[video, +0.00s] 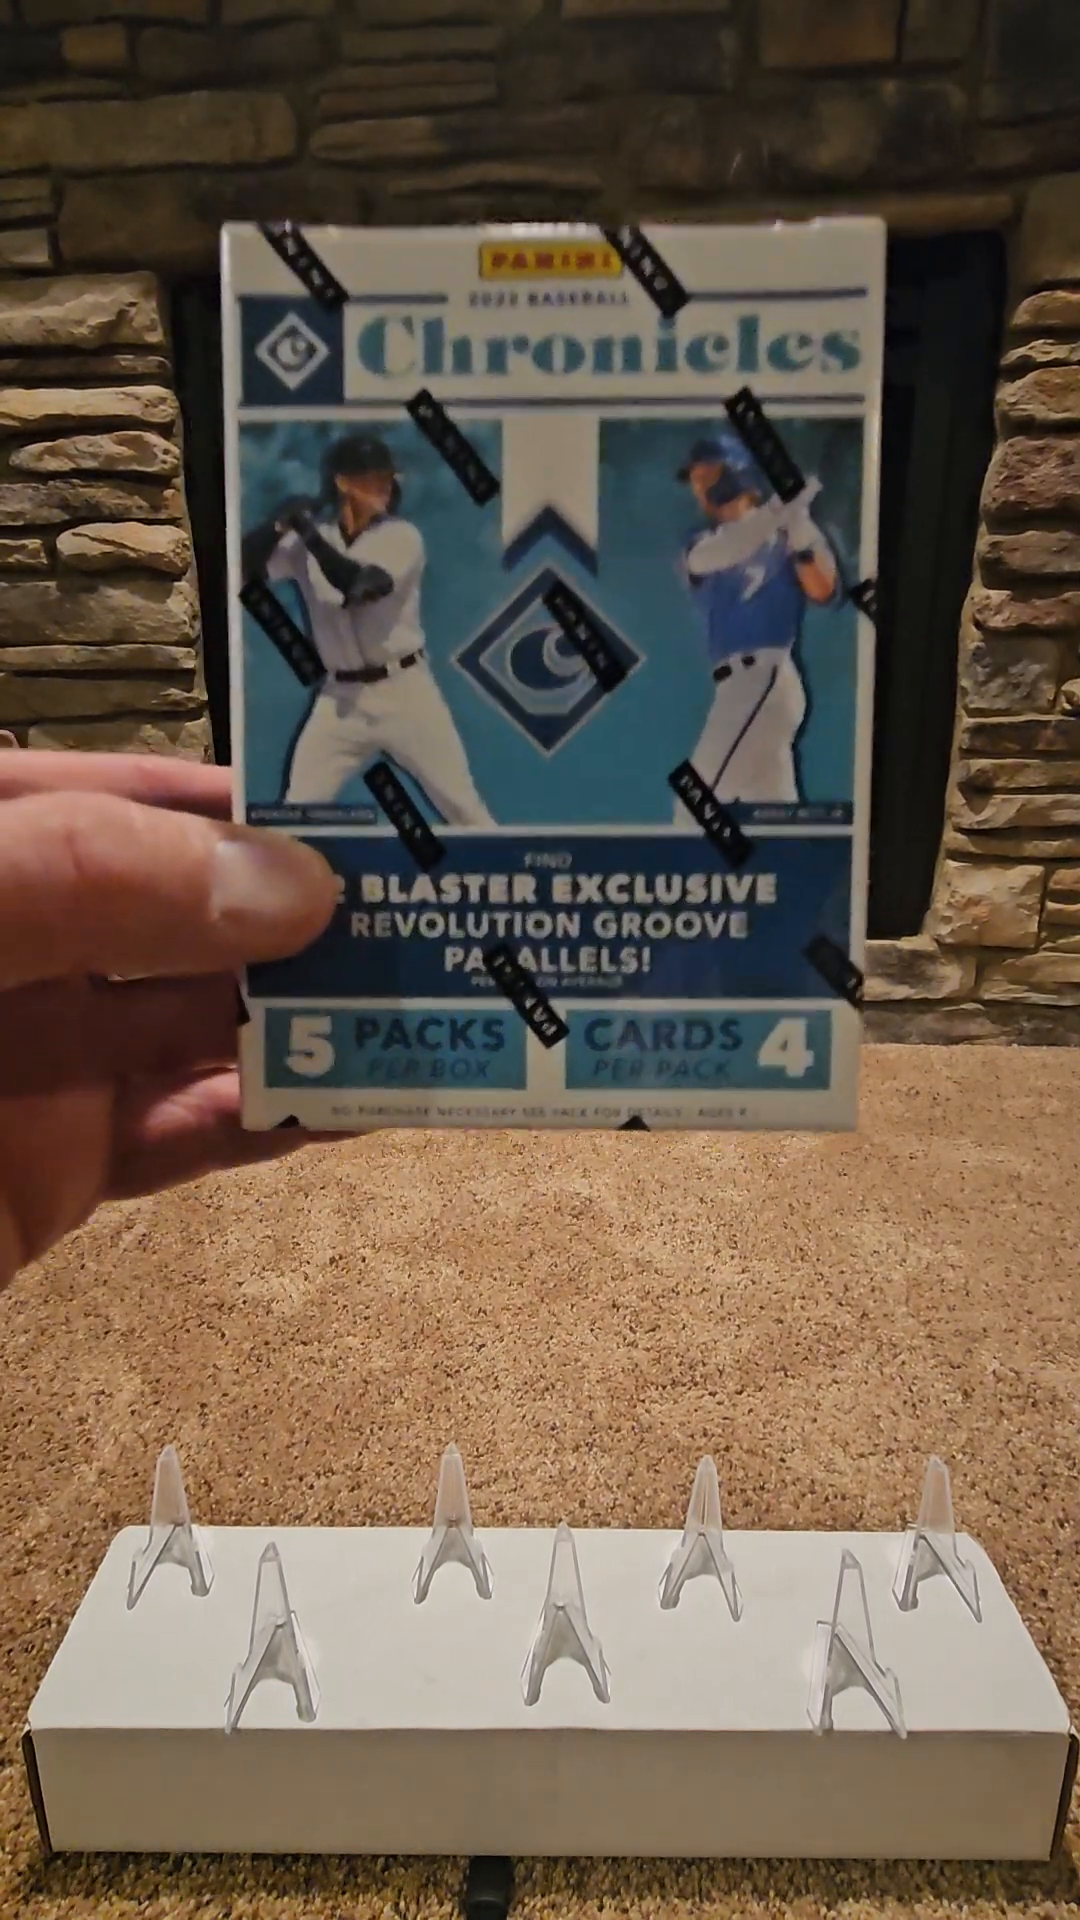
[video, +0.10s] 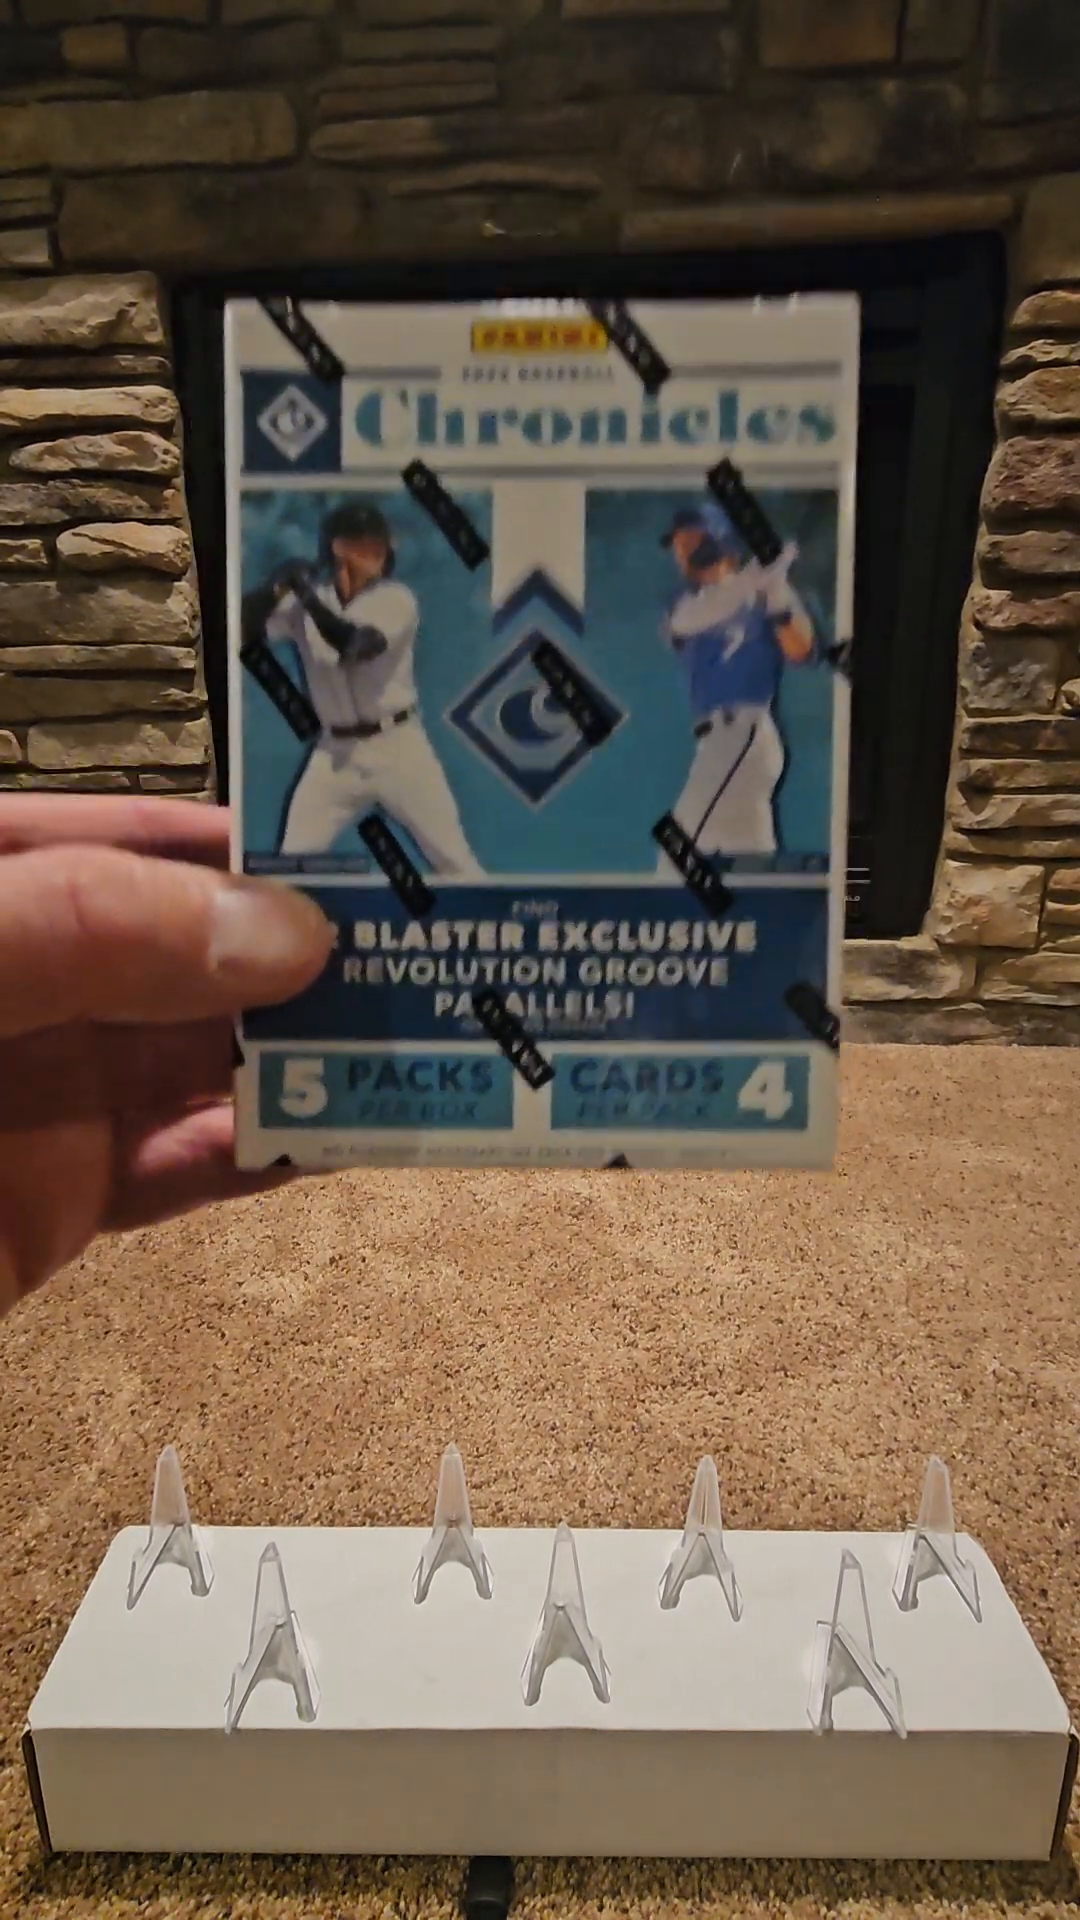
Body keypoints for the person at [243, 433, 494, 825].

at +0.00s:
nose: (384, 483)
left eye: (387, 475)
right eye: (371, 474)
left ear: (393, 482)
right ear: (343, 483)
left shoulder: (401, 536)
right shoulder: (306, 543)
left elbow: (359, 588)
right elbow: (244, 569)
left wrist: (306, 532)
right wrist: (277, 525)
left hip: (407, 692)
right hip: (340, 699)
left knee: (462, 806)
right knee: (299, 815)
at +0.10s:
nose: (374, 549)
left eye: (379, 541)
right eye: (362, 540)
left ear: (387, 549)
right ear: (337, 547)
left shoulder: (396, 599)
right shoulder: (304, 604)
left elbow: (355, 646)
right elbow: (245, 631)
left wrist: (306, 595)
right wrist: (274, 589)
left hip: (399, 747)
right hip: (334, 753)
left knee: (454, 861)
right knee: (294, 864)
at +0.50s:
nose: (384, 635)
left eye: (386, 627)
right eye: (373, 627)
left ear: (390, 633)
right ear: (344, 634)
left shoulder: (398, 683)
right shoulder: (309, 691)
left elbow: (357, 728)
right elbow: (252, 712)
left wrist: (311, 677)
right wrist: (282, 674)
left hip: (402, 826)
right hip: (340, 832)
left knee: (456, 933)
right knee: (301, 938)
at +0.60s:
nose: (383, 640)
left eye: (385, 632)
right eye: (372, 633)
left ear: (391, 637)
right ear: (344, 640)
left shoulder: (400, 688)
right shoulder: (309, 697)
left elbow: (359, 733)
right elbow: (251, 718)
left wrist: (312, 685)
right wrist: (284, 679)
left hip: (404, 831)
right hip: (342, 837)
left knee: (458, 937)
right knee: (303, 943)